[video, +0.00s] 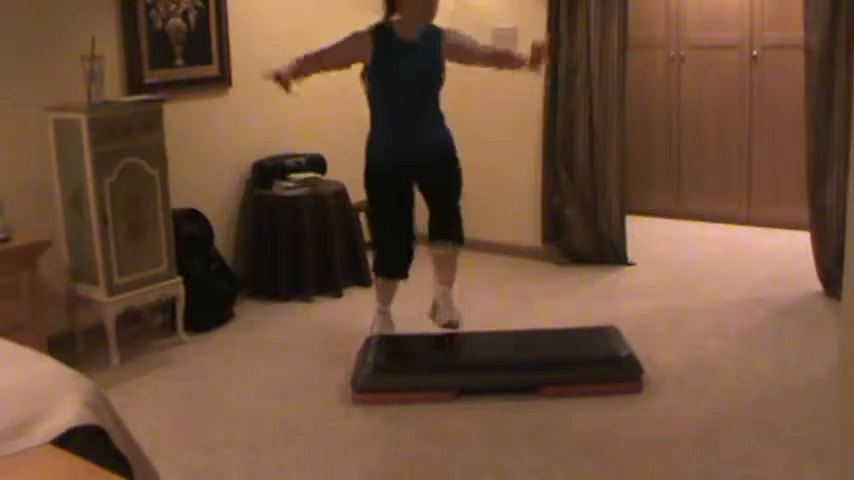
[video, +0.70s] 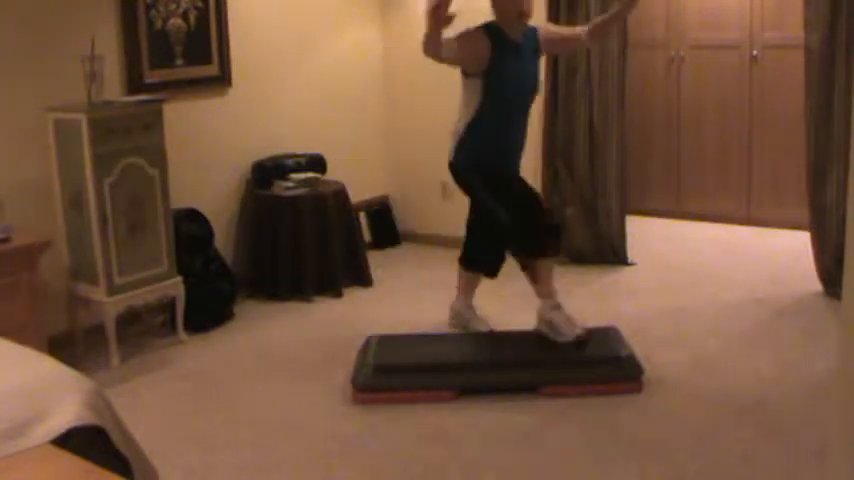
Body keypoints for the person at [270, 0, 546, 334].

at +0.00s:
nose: (433, 5)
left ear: (433, 5)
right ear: (402, 3)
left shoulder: (441, 40)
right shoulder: (371, 41)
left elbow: (484, 55)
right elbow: (323, 59)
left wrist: (524, 60)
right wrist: (291, 72)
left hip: (434, 149)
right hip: (387, 152)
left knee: (447, 226)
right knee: (391, 238)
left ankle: (444, 299)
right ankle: (382, 316)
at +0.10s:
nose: (446, 3)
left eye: (446, 1)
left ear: (444, 5)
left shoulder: (453, 34)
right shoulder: (386, 32)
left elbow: (486, 68)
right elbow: (333, 68)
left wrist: (513, 100)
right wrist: (309, 115)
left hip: (442, 145)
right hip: (396, 147)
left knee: (464, 224)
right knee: (393, 232)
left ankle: (462, 295)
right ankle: (382, 313)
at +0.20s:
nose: (460, 6)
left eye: (461, 3)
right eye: (453, 2)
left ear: (463, 6)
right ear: (432, 3)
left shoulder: (466, 38)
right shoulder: (404, 35)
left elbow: (474, 85)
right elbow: (362, 77)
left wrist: (485, 125)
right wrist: (348, 127)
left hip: (455, 152)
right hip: (410, 153)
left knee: (472, 227)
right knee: (400, 235)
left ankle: (466, 298)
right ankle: (382, 313)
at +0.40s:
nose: (485, 5)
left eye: (488, 2)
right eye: (479, 1)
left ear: (492, 5)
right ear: (463, 3)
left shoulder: (497, 38)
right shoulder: (437, 36)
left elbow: (508, 81)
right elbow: (395, 79)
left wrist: (511, 121)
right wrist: (383, 131)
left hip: (482, 152)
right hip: (442, 152)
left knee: (483, 233)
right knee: (454, 233)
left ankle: (464, 307)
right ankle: (428, 296)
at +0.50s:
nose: (494, 2)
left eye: (497, 1)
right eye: (489, 0)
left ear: (500, 1)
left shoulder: (509, 27)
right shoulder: (450, 27)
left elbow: (543, 57)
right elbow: (399, 65)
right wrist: (388, 102)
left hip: (489, 139)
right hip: (450, 138)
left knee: (491, 218)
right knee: (476, 213)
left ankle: (475, 301)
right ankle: (471, 304)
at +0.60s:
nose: (510, 2)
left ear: (514, 2)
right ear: (487, 0)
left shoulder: (521, 28)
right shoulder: (466, 29)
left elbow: (555, 40)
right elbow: (407, 59)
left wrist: (589, 40)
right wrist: (414, 48)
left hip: (494, 145)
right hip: (459, 145)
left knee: (479, 225)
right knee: (510, 205)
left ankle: (463, 306)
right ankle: (529, 300)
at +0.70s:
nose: (525, 5)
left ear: (530, 4)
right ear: (497, 4)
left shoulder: (534, 38)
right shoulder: (482, 40)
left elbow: (587, 34)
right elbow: (434, 50)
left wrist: (625, 10)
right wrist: (435, 28)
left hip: (505, 161)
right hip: (473, 161)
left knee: (483, 235)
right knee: (531, 217)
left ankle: (462, 309)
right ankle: (550, 310)